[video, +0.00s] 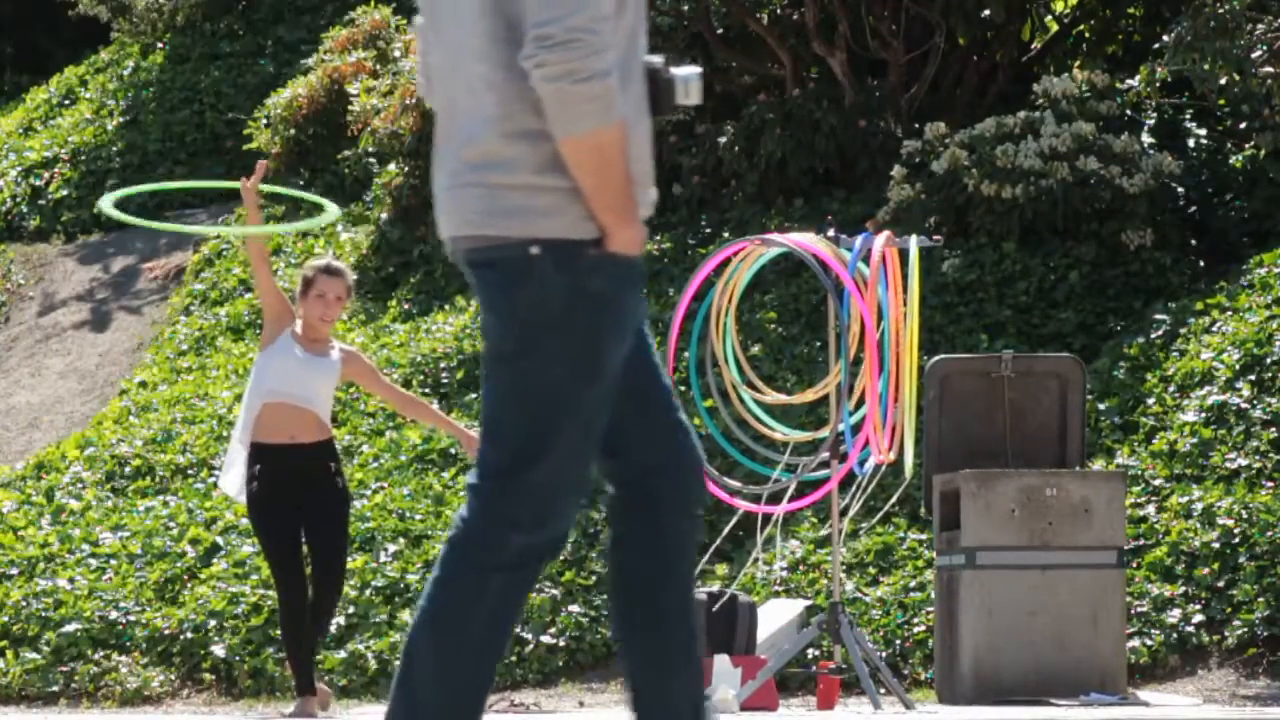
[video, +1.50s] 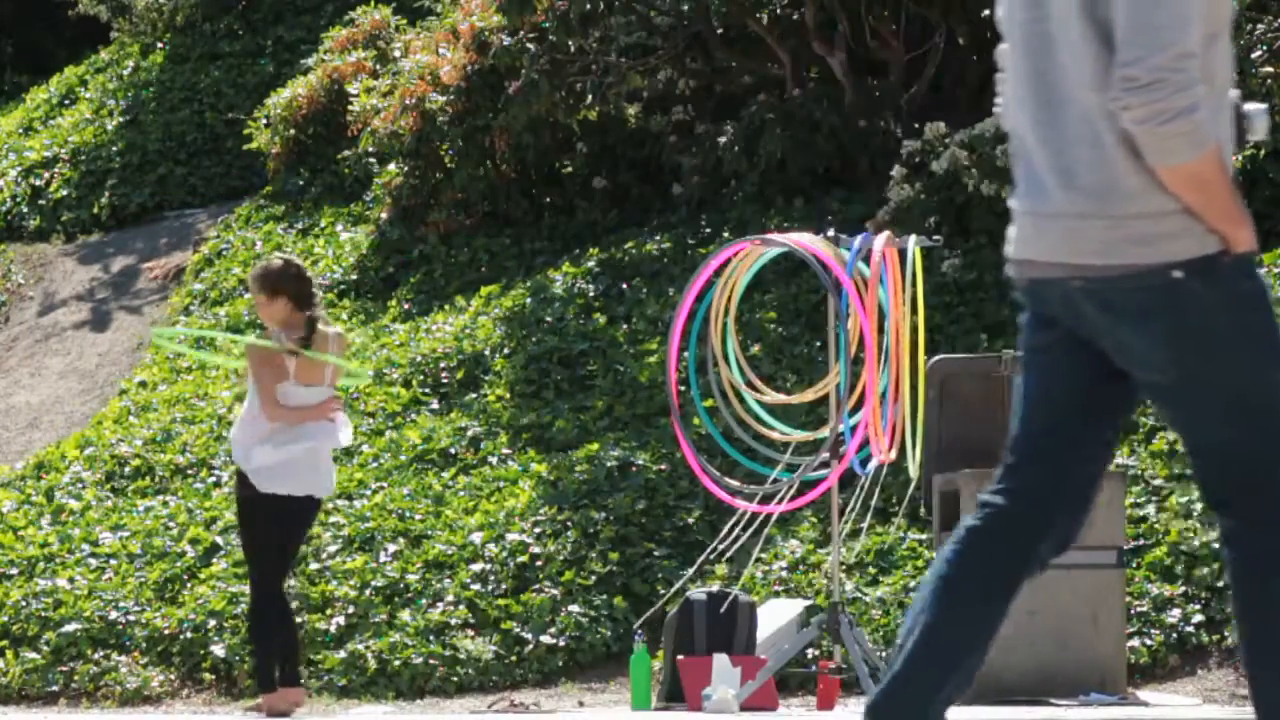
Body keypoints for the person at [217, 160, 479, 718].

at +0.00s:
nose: (327, 306)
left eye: (336, 300)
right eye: (320, 296)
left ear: (345, 306)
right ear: (301, 296)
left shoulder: (344, 357)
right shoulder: (279, 323)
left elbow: (401, 400)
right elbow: (259, 261)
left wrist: (460, 433)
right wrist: (251, 202)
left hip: (319, 466)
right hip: (265, 466)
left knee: (329, 583)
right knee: (291, 588)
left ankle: (302, 664)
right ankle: (306, 694)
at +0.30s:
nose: (343, 307)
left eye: (347, 300)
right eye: (336, 297)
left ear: (344, 306)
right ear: (308, 294)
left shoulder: (339, 357)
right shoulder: (277, 325)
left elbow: (360, 411)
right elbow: (260, 252)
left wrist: (379, 455)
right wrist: (284, 206)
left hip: (321, 466)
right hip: (274, 463)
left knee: (321, 585)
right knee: (296, 585)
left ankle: (278, 672)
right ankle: (305, 696)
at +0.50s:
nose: (343, 303)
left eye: (347, 295)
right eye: (337, 293)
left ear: (334, 302)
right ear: (306, 293)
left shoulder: (330, 349)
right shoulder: (278, 329)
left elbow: (318, 412)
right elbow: (260, 254)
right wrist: (303, 217)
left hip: (321, 467)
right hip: (281, 464)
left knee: (307, 583)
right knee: (298, 582)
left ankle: (274, 686)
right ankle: (306, 693)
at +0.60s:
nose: (345, 302)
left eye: (345, 294)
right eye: (339, 293)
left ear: (317, 298)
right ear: (308, 294)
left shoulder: (317, 348)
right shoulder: (280, 335)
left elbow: (288, 416)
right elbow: (268, 257)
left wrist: (237, 455)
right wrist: (318, 223)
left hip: (312, 467)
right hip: (283, 464)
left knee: (304, 585)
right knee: (300, 583)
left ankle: (302, 693)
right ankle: (279, 694)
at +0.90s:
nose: (325, 296)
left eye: (324, 288)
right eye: (318, 287)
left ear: (283, 292)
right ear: (297, 290)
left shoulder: (271, 336)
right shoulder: (287, 324)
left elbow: (232, 392)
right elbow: (333, 283)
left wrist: (233, 414)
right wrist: (369, 254)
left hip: (264, 474)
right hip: (292, 473)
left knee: (280, 587)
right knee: (314, 585)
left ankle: (270, 695)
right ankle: (317, 692)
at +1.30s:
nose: (253, 302)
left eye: (254, 295)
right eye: (254, 295)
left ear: (262, 300)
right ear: (302, 296)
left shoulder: (249, 350)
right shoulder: (329, 338)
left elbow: (231, 406)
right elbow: (365, 349)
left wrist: (300, 411)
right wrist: (335, 321)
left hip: (249, 478)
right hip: (305, 478)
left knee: (261, 588)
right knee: (298, 586)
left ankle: (267, 694)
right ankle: (314, 689)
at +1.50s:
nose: (256, 308)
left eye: (261, 300)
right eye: (255, 300)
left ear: (284, 300)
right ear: (297, 300)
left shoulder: (263, 347)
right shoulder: (334, 340)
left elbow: (273, 412)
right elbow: (333, 391)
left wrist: (325, 409)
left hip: (263, 473)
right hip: (312, 473)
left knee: (263, 581)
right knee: (274, 579)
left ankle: (269, 689)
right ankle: (292, 681)